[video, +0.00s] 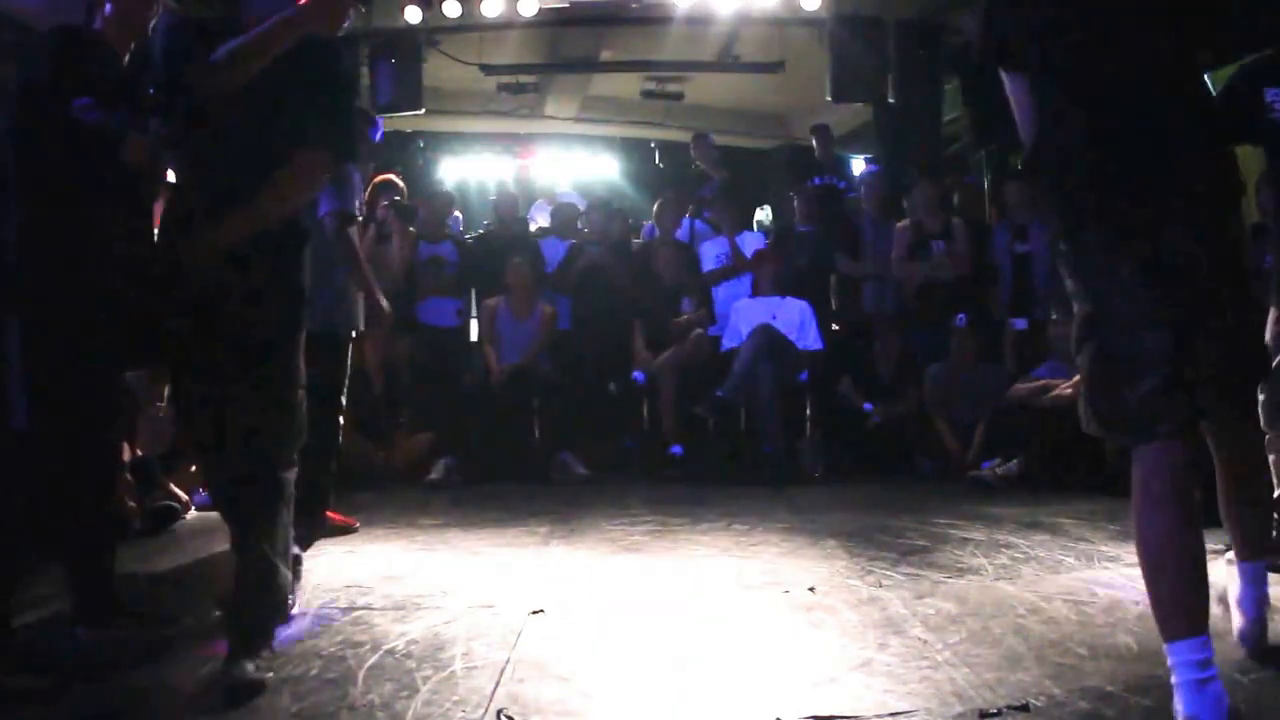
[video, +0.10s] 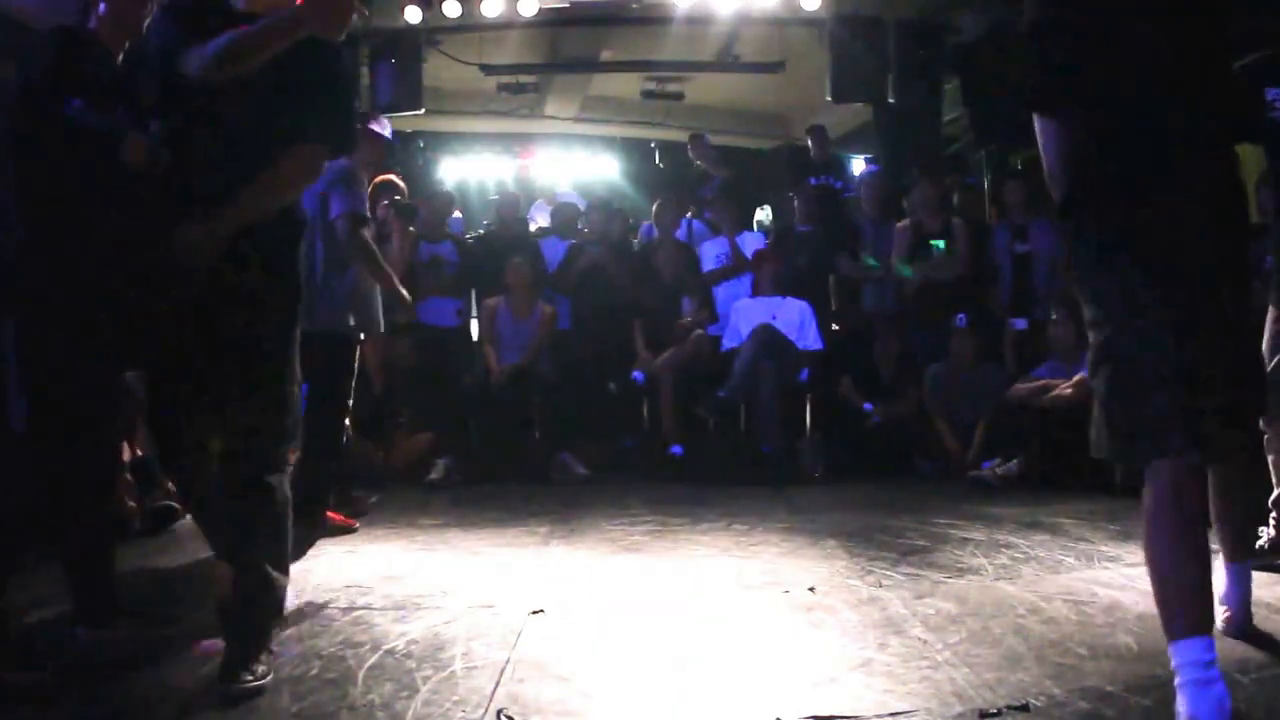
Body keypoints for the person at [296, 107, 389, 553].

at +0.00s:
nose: (373, 141)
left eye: (372, 133)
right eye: (369, 133)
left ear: (346, 135)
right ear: (353, 134)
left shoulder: (336, 172)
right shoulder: (340, 172)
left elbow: (342, 234)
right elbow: (341, 232)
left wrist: (371, 203)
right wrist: (374, 291)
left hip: (328, 304)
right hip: (328, 305)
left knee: (326, 408)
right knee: (327, 409)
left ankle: (318, 501)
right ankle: (315, 504)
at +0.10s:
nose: (384, 154)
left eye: (385, 146)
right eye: (380, 145)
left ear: (362, 143)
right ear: (362, 141)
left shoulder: (330, 175)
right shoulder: (345, 174)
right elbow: (353, 234)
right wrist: (395, 286)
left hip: (325, 307)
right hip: (336, 310)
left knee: (328, 409)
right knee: (329, 411)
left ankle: (324, 497)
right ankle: (316, 504)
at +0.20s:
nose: (386, 157)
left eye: (386, 148)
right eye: (383, 148)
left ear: (346, 145)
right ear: (367, 144)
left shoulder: (316, 175)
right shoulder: (355, 176)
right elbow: (358, 236)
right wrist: (406, 290)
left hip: (319, 309)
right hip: (345, 313)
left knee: (332, 415)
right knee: (333, 418)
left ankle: (318, 503)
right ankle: (311, 509)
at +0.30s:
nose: (394, 164)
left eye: (395, 156)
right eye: (391, 154)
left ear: (360, 148)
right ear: (370, 147)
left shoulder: (317, 188)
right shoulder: (362, 184)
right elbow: (363, 238)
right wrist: (403, 295)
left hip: (320, 317)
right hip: (351, 320)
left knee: (340, 419)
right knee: (339, 421)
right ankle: (316, 511)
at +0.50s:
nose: (415, 166)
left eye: (417, 157)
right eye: (411, 156)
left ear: (383, 151)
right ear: (388, 150)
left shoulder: (359, 186)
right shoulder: (372, 185)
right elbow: (368, 232)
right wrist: (376, 284)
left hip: (358, 315)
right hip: (366, 316)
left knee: (372, 406)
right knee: (373, 406)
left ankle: (379, 483)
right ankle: (346, 484)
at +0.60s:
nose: (418, 164)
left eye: (420, 156)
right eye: (414, 154)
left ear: (389, 150)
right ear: (390, 148)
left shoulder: (375, 186)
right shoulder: (374, 183)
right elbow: (363, 229)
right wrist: (375, 287)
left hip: (372, 315)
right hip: (370, 315)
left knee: (380, 400)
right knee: (381, 400)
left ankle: (376, 480)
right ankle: (361, 482)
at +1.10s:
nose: (418, 156)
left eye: (418, 148)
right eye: (411, 148)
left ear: (407, 153)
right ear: (386, 153)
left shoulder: (409, 208)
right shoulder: (357, 189)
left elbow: (423, 266)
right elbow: (329, 240)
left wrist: (455, 310)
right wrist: (329, 297)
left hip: (385, 320)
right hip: (347, 317)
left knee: (387, 403)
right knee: (333, 405)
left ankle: (383, 484)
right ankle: (316, 495)